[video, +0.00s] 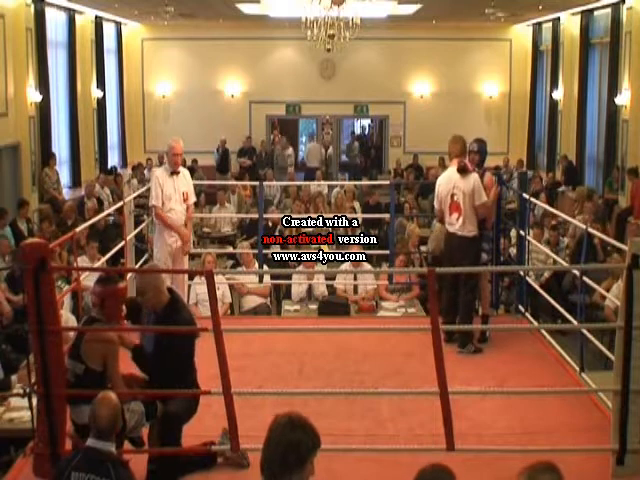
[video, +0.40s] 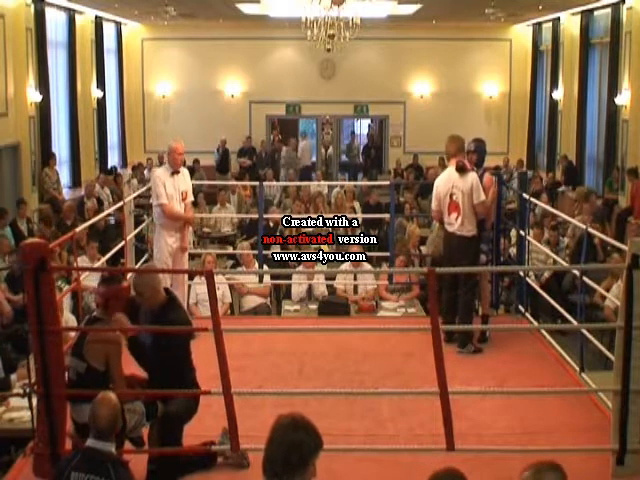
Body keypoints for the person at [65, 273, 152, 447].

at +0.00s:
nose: (122, 306)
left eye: (122, 299)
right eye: (118, 300)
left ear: (97, 301)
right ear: (103, 302)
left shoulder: (88, 324)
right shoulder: (108, 337)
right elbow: (118, 390)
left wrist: (130, 383)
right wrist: (140, 394)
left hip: (77, 410)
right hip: (93, 415)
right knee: (153, 407)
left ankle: (133, 429)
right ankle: (130, 430)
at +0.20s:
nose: (127, 303)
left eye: (126, 298)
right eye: (124, 298)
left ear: (101, 301)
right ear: (115, 303)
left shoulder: (90, 323)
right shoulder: (109, 338)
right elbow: (119, 393)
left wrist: (129, 382)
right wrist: (143, 391)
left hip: (77, 408)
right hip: (93, 414)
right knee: (153, 407)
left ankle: (133, 429)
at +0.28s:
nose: (128, 305)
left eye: (127, 299)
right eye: (124, 300)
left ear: (101, 301)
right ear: (113, 302)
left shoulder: (89, 324)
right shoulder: (110, 338)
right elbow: (120, 393)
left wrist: (129, 382)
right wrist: (143, 392)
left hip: (77, 407)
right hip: (94, 413)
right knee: (153, 407)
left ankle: (133, 429)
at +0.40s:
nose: (126, 302)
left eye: (125, 297)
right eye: (123, 297)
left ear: (100, 299)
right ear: (115, 301)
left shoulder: (88, 323)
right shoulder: (111, 336)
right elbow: (120, 393)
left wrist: (129, 382)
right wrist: (143, 392)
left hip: (77, 407)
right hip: (93, 413)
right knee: (153, 407)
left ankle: (133, 429)